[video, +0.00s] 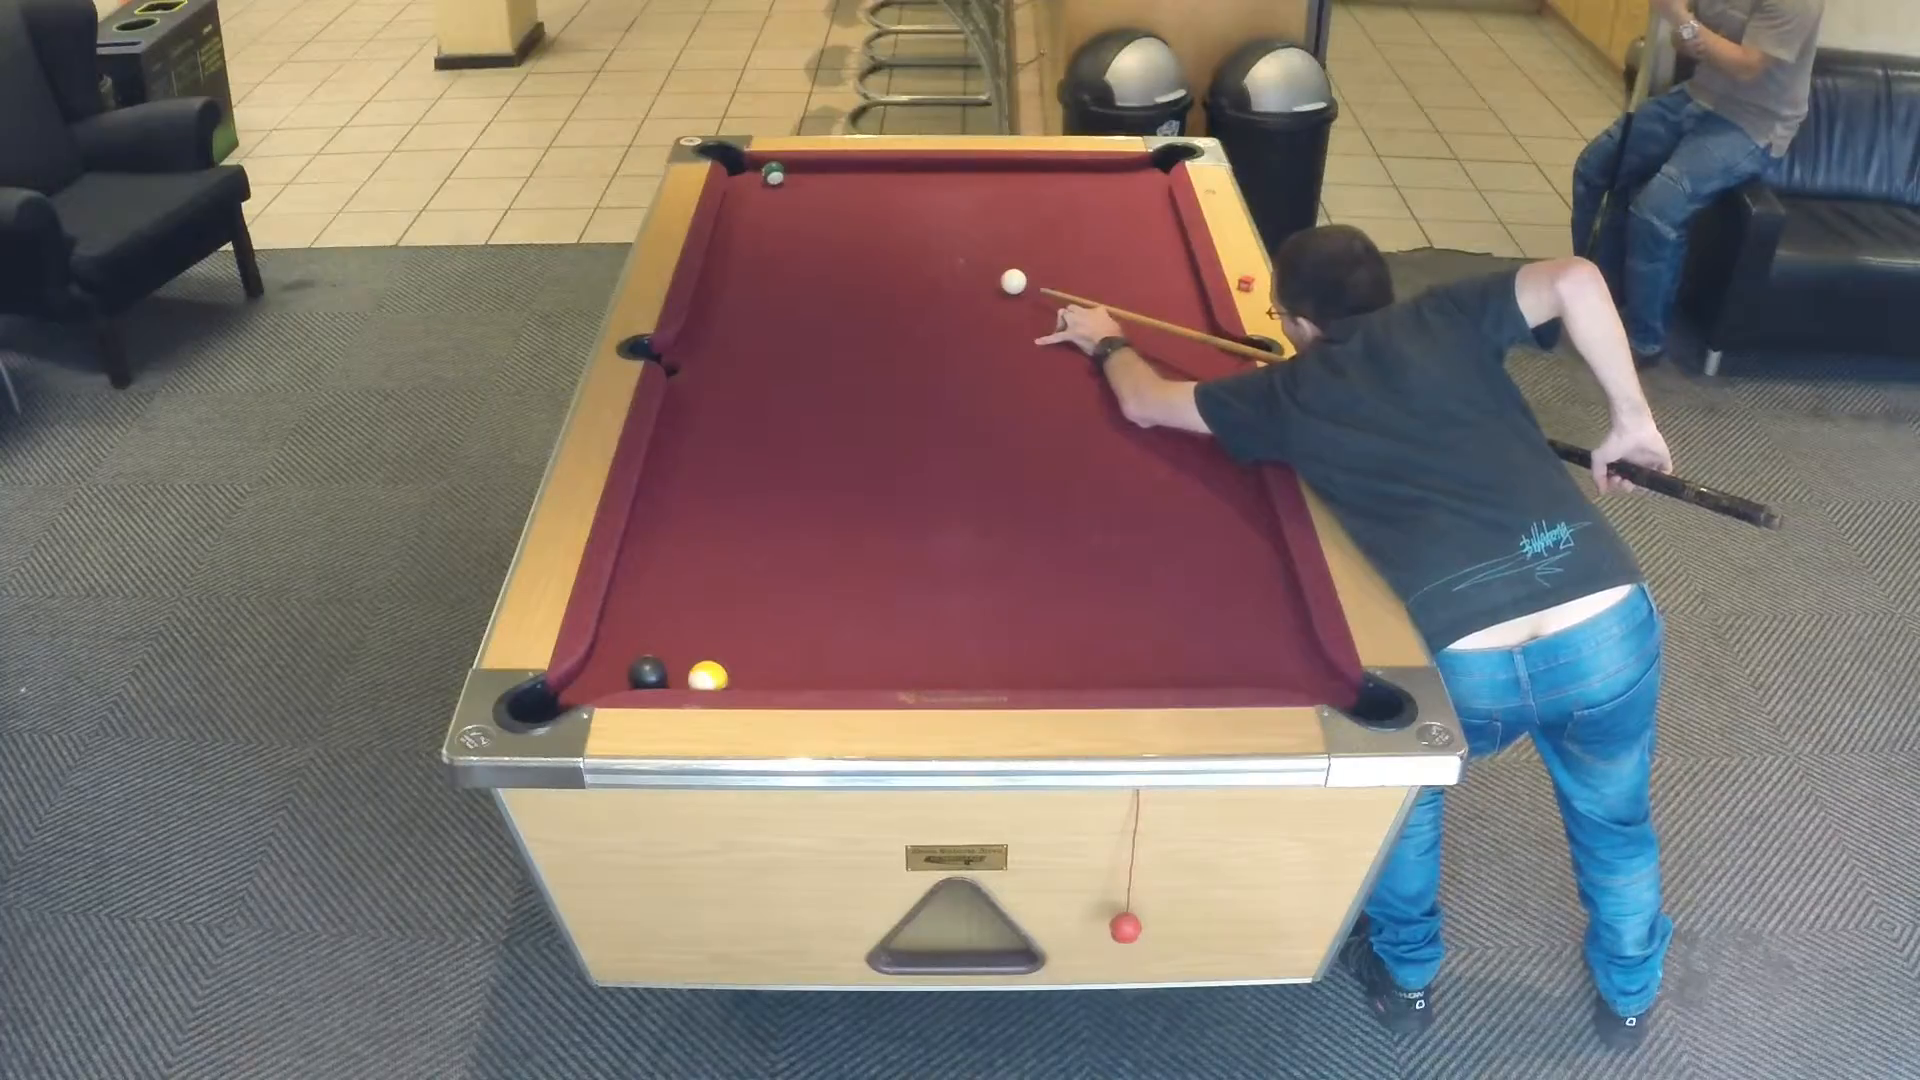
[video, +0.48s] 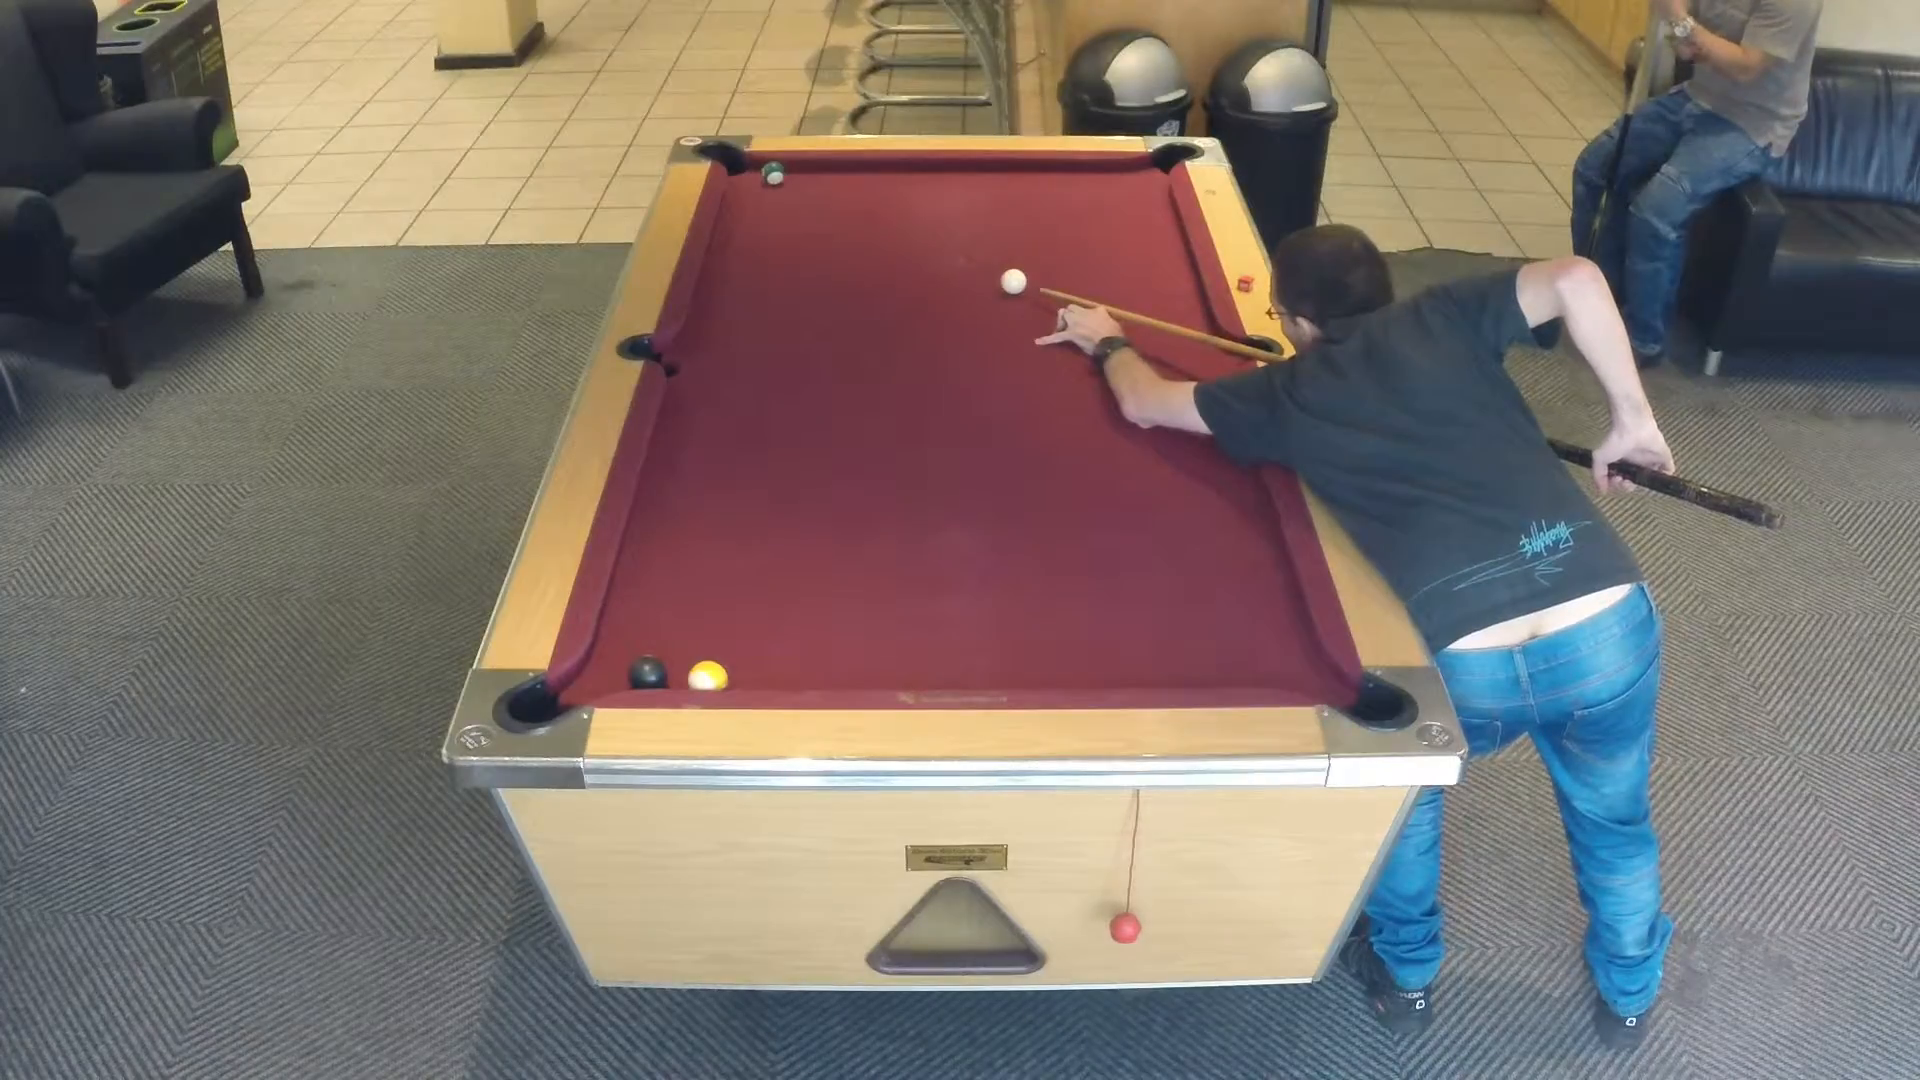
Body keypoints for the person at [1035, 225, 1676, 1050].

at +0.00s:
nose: (1281, 324)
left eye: (1283, 311)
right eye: (1281, 311)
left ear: (1300, 323)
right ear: (1386, 295)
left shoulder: (1289, 392)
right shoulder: (1451, 317)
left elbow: (1147, 401)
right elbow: (1574, 278)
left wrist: (1106, 340)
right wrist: (1635, 415)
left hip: (1468, 660)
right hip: (1607, 624)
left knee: (1401, 775)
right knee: (1617, 822)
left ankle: (1406, 971)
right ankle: (1631, 992)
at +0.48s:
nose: (1278, 321)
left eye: (1281, 309)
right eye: (1278, 308)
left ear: (1300, 323)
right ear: (1385, 296)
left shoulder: (1287, 392)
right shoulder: (1448, 316)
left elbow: (1145, 400)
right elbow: (1575, 277)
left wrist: (1106, 341)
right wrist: (1635, 413)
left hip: (1467, 660)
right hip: (1608, 624)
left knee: (1398, 772)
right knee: (1617, 821)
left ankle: (1407, 970)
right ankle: (1631, 991)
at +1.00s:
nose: (1279, 320)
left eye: (1281, 307)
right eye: (1280, 306)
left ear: (1299, 321)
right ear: (1385, 291)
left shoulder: (1287, 393)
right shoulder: (1452, 316)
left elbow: (1144, 398)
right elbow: (1577, 280)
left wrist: (1105, 341)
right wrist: (1644, 417)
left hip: (1465, 662)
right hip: (1606, 626)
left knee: (1400, 770)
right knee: (1617, 821)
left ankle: (1407, 966)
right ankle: (1630, 989)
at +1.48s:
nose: (1280, 321)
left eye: (1282, 310)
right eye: (1282, 308)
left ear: (1305, 322)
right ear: (1386, 289)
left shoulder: (1287, 392)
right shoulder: (1452, 312)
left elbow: (1147, 401)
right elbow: (1581, 284)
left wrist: (1108, 340)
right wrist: (1662, 420)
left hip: (1464, 664)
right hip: (1606, 621)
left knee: (1404, 776)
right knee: (1617, 819)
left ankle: (1408, 965)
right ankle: (1632, 988)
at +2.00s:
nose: (1278, 318)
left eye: (1280, 306)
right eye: (1278, 306)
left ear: (1299, 318)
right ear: (1383, 290)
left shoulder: (1287, 389)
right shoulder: (1448, 313)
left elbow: (1145, 399)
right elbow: (1578, 280)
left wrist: (1106, 341)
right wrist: (1639, 416)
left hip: (1466, 659)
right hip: (1607, 622)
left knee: (1396, 771)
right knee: (1616, 820)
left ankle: (1408, 966)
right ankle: (1631, 991)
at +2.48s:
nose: (1279, 320)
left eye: (1281, 307)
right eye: (1279, 307)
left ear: (1297, 318)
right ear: (1386, 290)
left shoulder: (1285, 388)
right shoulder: (1452, 312)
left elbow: (1144, 400)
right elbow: (1585, 287)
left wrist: (1106, 342)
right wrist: (1598, 418)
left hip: (1470, 661)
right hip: (1607, 622)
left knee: (1394, 762)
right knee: (1615, 819)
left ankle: (1408, 966)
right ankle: (1631, 988)